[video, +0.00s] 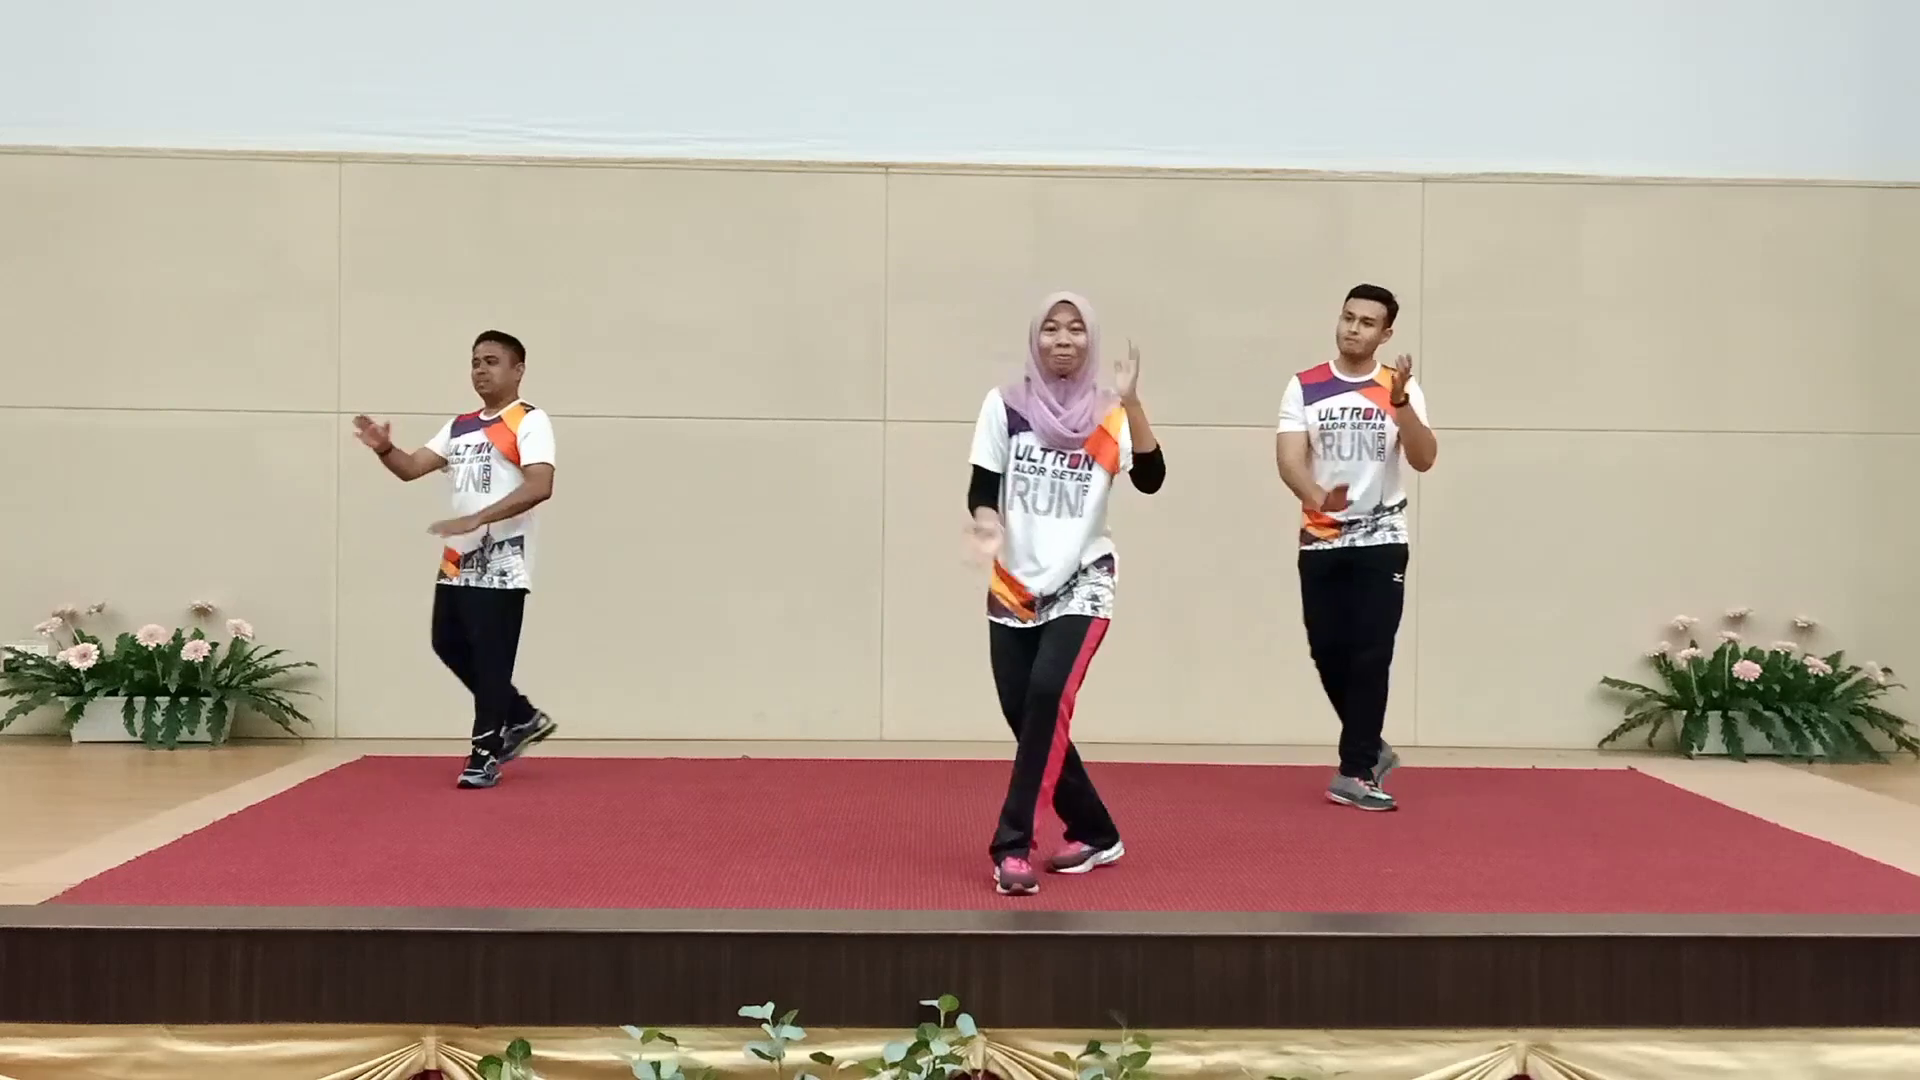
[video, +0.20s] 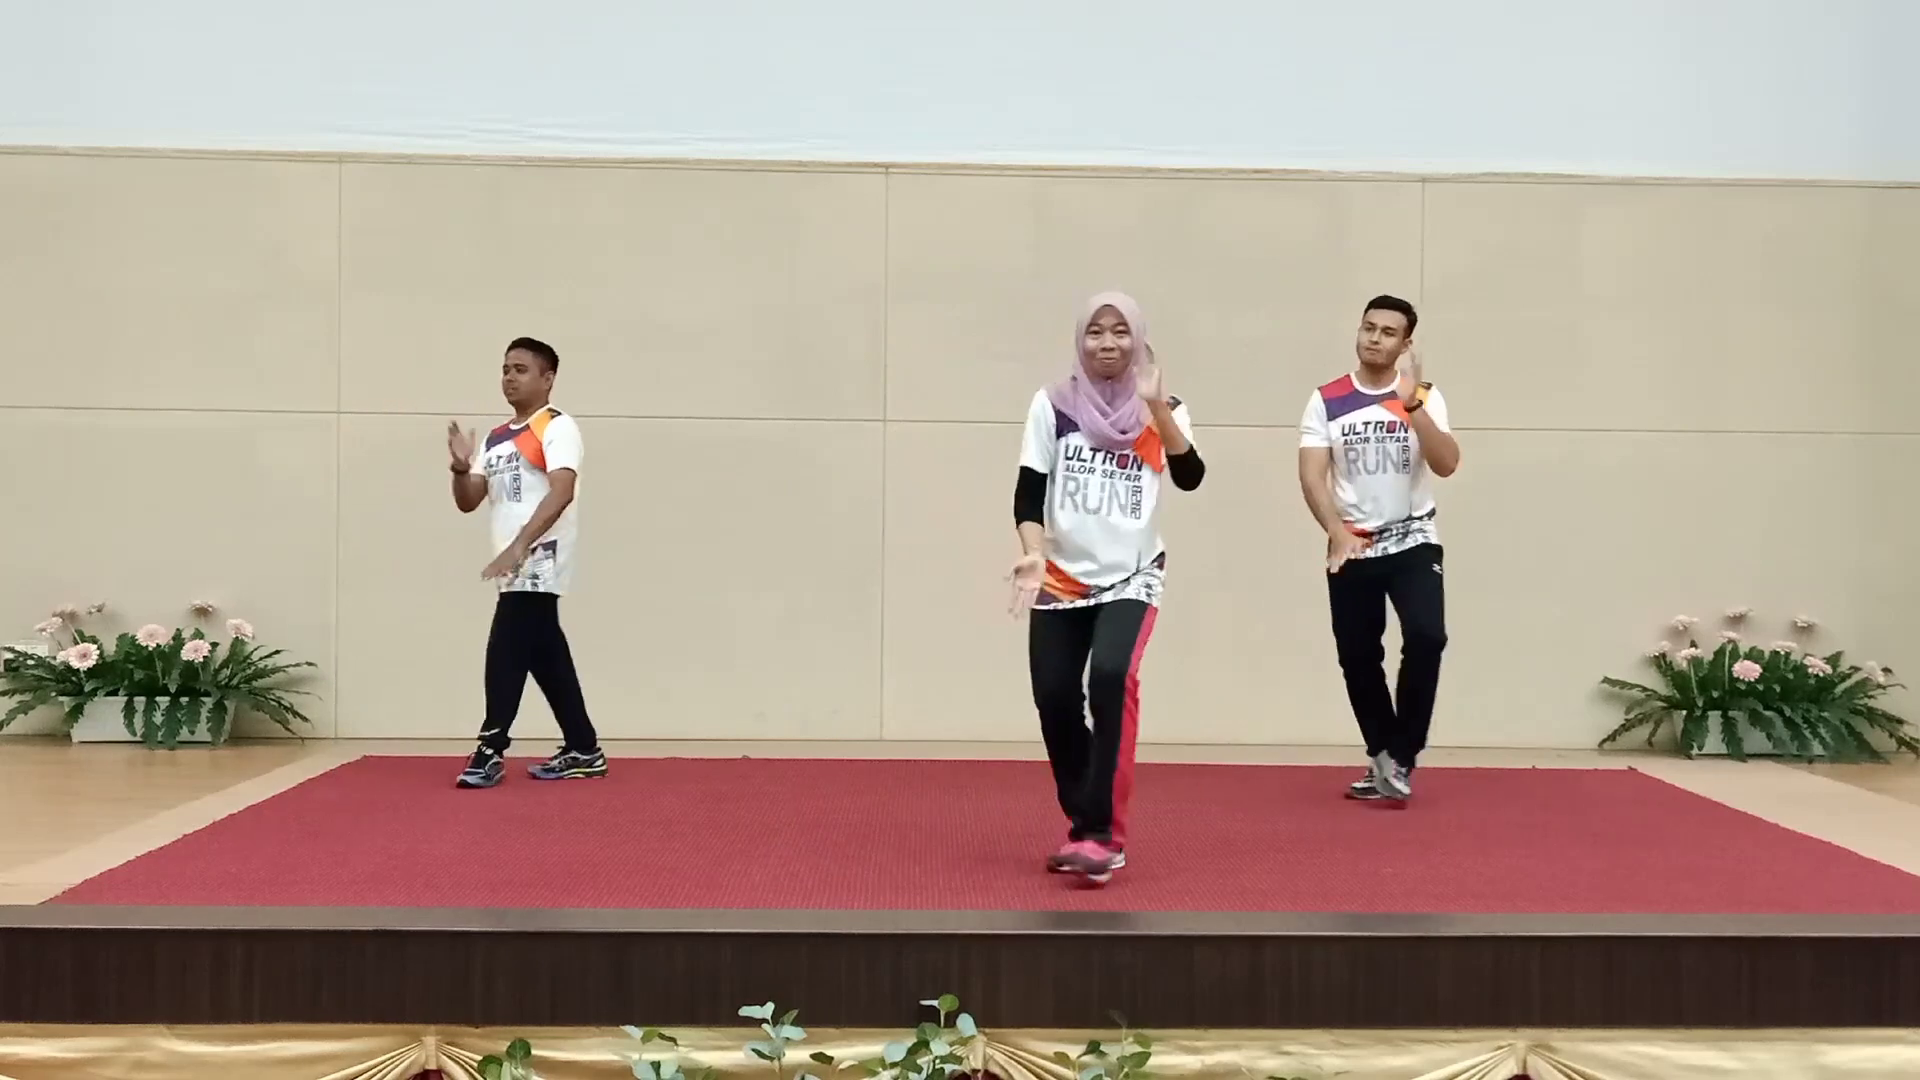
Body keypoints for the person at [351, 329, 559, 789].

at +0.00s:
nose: (480, 370)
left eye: (491, 362)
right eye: (476, 363)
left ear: (517, 370)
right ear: (471, 371)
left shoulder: (530, 421)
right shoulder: (461, 426)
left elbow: (539, 486)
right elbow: (412, 468)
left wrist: (477, 518)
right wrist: (385, 449)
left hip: (500, 568)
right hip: (456, 564)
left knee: (491, 660)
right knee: (448, 644)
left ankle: (485, 755)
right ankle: (520, 717)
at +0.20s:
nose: (509, 377)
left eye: (520, 370)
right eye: (506, 370)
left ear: (548, 378)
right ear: (503, 377)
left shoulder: (558, 427)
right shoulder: (497, 436)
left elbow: (562, 492)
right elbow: (468, 502)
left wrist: (518, 546)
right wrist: (461, 470)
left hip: (541, 565)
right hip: (518, 566)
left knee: (504, 655)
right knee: (548, 657)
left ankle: (489, 755)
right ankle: (584, 750)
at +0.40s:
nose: (532, 372)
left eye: (543, 364)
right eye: (532, 365)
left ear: (572, 372)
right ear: (536, 372)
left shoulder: (589, 419)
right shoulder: (529, 430)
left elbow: (601, 482)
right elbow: (520, 489)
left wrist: (542, 508)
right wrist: (514, 509)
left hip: (581, 553)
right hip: (551, 557)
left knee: (554, 638)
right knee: (554, 642)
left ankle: (583, 742)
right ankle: (574, 739)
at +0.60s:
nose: (552, 375)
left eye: (562, 366)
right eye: (551, 366)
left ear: (592, 374)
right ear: (556, 374)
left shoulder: (615, 424)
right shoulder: (554, 433)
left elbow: (631, 487)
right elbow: (546, 498)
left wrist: (563, 482)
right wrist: (538, 543)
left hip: (602, 568)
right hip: (566, 568)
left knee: (606, 656)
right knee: (573, 661)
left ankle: (646, 743)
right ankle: (585, 751)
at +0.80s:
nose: (575, 376)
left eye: (585, 367)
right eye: (574, 368)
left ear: (615, 374)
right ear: (582, 375)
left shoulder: (642, 425)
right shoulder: (575, 434)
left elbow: (663, 493)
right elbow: (572, 508)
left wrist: (604, 521)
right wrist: (559, 564)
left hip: (637, 578)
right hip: (588, 579)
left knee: (649, 669)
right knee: (582, 666)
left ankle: (656, 754)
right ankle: (587, 751)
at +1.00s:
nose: (590, 375)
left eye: (600, 366)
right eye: (589, 367)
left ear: (631, 372)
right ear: (595, 373)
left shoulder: (660, 426)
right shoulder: (587, 432)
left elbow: (682, 498)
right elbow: (581, 505)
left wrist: (663, 567)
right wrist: (571, 567)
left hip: (646, 578)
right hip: (596, 578)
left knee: (656, 670)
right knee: (589, 668)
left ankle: (656, 753)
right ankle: (588, 751)